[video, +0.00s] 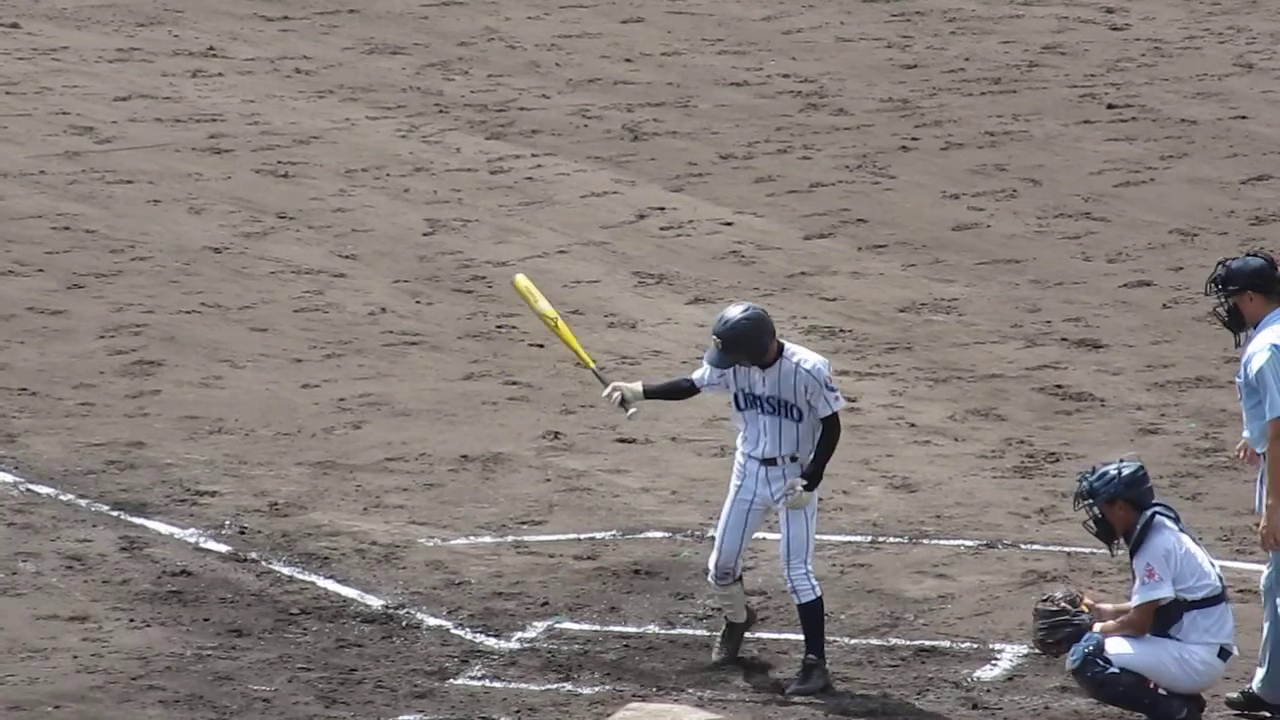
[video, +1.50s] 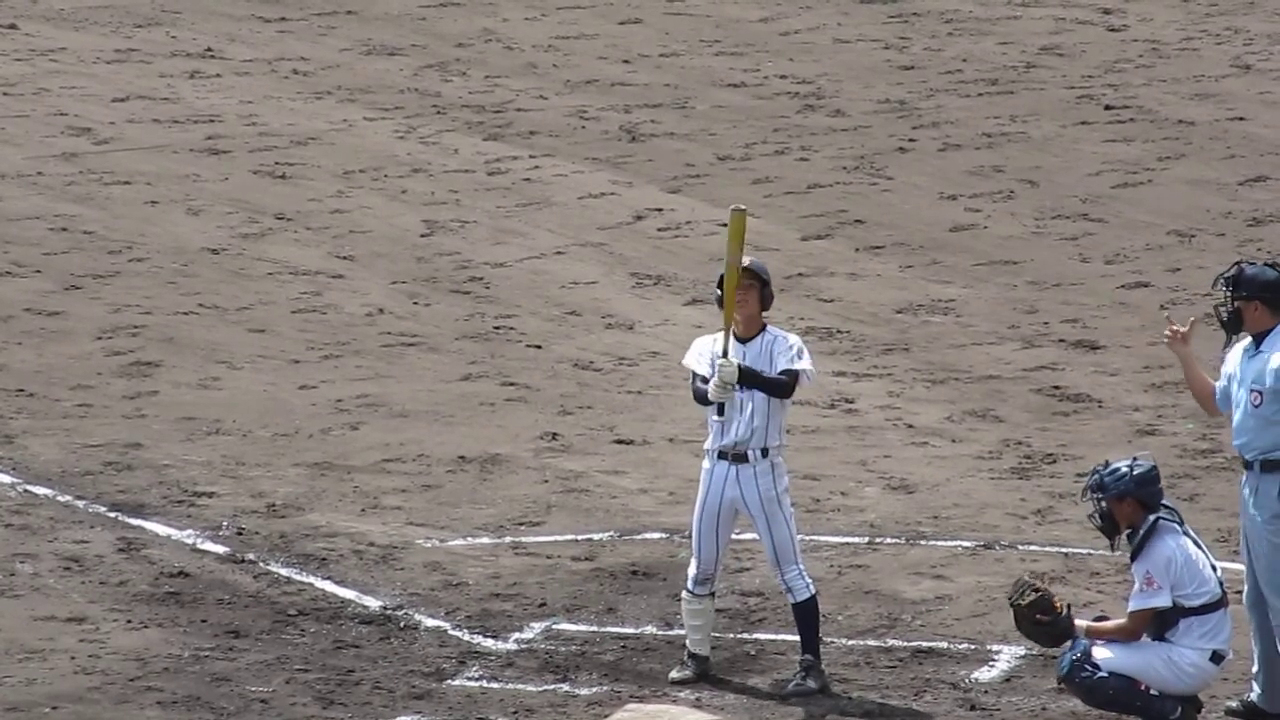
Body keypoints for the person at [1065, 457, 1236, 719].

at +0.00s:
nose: (1098, 518)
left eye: (1101, 509)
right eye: (1097, 510)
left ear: (1120, 507)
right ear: (1123, 507)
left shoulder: (1153, 542)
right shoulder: (1155, 529)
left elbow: (1140, 626)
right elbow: (1145, 609)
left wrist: (1094, 630)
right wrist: (1098, 610)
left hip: (1199, 659)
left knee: (1088, 657)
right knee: (1094, 640)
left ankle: (1173, 709)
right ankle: (1182, 698)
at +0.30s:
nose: (1095, 520)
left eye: (1098, 511)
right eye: (1094, 512)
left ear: (1117, 509)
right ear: (1121, 508)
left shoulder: (1150, 543)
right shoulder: (1156, 527)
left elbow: (1133, 628)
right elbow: (1145, 611)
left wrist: (1094, 637)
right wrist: (1094, 616)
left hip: (1198, 660)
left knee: (1085, 659)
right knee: (1096, 643)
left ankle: (1174, 710)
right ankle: (1183, 700)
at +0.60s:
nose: (1094, 516)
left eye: (1098, 509)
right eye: (1093, 509)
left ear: (1118, 510)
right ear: (1124, 506)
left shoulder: (1148, 544)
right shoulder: (1157, 523)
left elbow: (1133, 627)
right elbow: (1157, 609)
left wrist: (1090, 630)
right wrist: (1117, 580)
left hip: (1196, 660)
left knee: (1082, 662)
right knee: (1090, 636)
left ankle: (1173, 709)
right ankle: (1179, 696)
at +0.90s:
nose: (1098, 515)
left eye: (1102, 507)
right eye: (1098, 507)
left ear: (1122, 508)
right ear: (1126, 505)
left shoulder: (1150, 544)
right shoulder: (1160, 523)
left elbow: (1133, 628)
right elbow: (1157, 615)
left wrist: (1084, 631)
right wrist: (1118, 578)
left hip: (1195, 661)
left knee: (1081, 662)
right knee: (1096, 629)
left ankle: (1172, 710)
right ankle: (1180, 696)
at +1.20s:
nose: (1101, 511)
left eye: (1106, 504)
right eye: (1101, 504)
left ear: (1127, 506)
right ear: (1129, 503)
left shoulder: (1153, 545)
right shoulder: (1163, 524)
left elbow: (1133, 630)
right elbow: (1172, 609)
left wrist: (1081, 629)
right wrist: (1126, 607)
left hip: (1194, 662)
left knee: (1079, 663)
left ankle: (1172, 709)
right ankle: (1179, 696)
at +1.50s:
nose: (1102, 511)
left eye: (1108, 503)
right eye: (1103, 503)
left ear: (1128, 504)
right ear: (1131, 503)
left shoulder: (1157, 549)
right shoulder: (1164, 524)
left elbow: (1133, 631)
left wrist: (1076, 627)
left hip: (1192, 662)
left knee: (1077, 666)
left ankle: (1171, 710)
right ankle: (1180, 698)